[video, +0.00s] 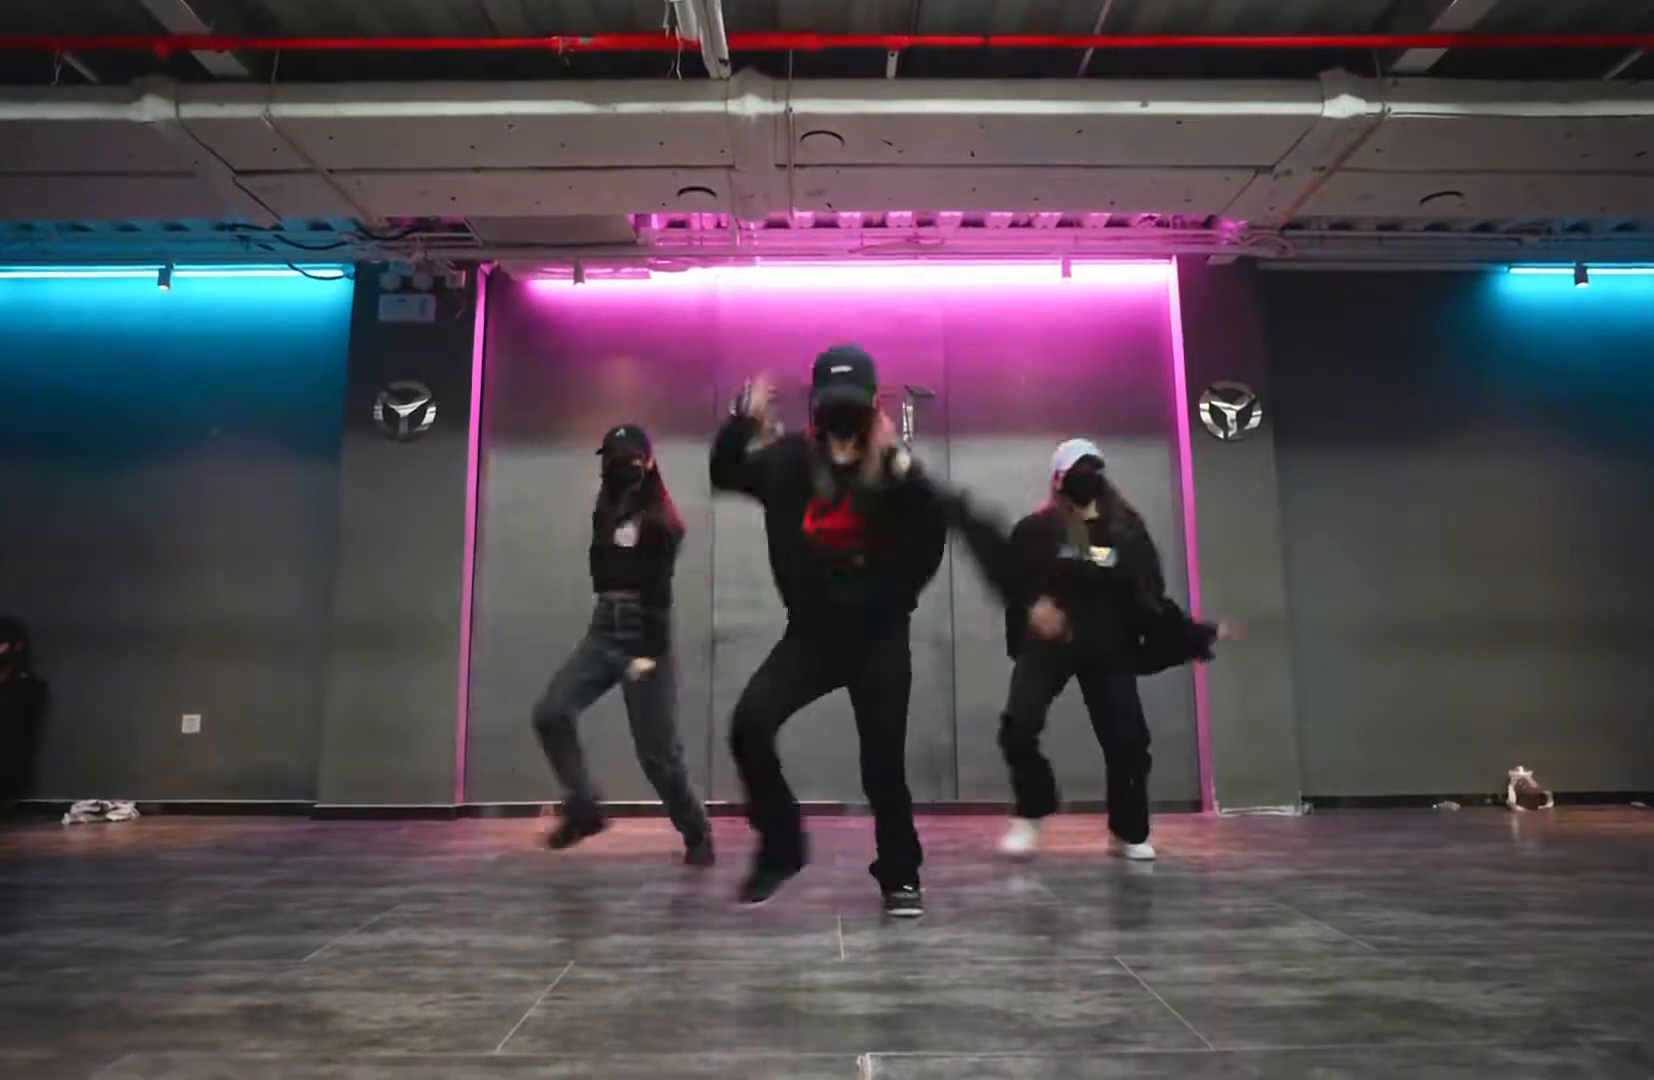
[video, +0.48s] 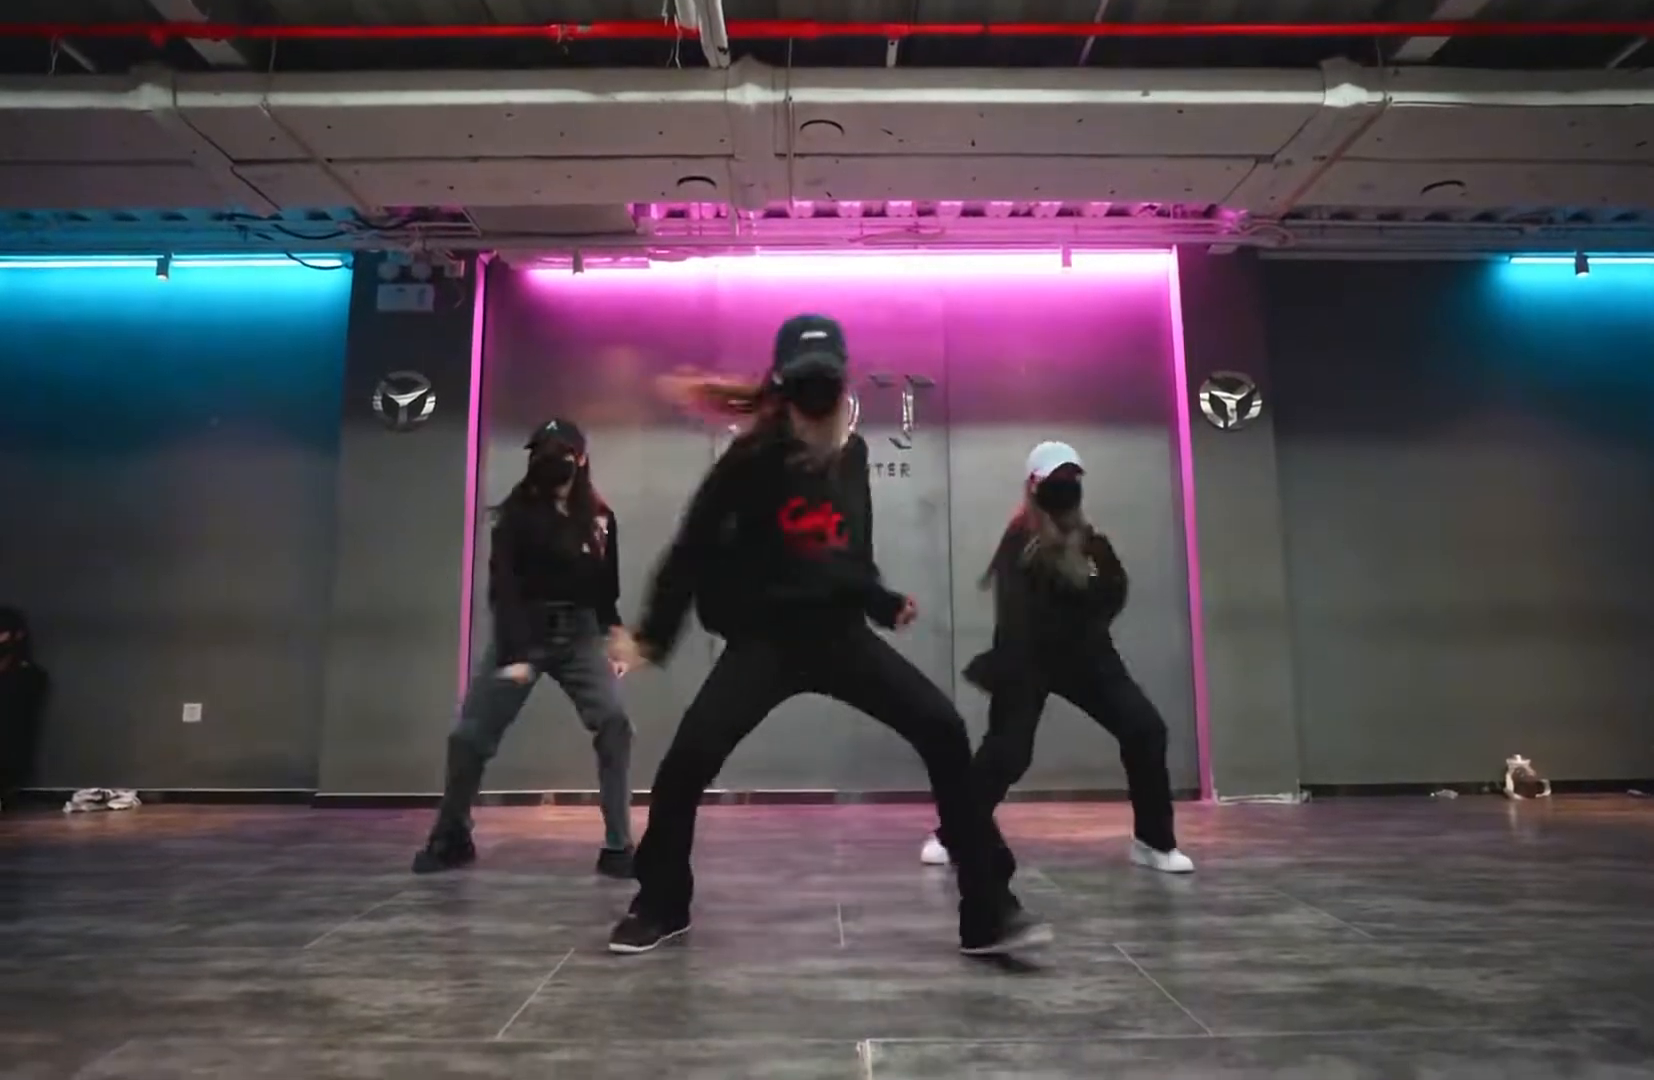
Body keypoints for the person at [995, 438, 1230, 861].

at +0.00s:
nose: (1091, 481)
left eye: (1096, 473)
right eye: (1080, 474)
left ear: (1103, 476)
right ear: (1060, 479)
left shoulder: (1124, 527)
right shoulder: (1035, 530)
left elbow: (1148, 600)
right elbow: (1015, 582)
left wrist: (1196, 632)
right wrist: (1034, 607)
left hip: (1106, 649)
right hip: (1047, 648)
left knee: (1128, 741)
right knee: (1017, 729)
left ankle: (1130, 834)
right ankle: (1031, 813)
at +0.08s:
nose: (1069, 514)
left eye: (1075, 503)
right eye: (1059, 504)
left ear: (1086, 495)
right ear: (1042, 496)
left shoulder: (1112, 537)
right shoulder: (1024, 539)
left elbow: (1145, 603)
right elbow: (1009, 602)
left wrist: (1159, 670)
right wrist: (1007, 653)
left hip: (1099, 652)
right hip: (1040, 650)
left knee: (1125, 745)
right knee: (1007, 731)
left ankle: (1128, 832)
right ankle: (977, 828)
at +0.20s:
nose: (1050, 498)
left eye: (1057, 489)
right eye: (1041, 490)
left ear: (1067, 496)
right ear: (1022, 496)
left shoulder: (1087, 548)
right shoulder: (998, 549)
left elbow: (1117, 602)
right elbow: (974, 607)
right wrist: (951, 659)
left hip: (1081, 657)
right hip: (1022, 659)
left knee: (1117, 745)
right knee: (992, 743)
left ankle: (1133, 832)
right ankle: (951, 844)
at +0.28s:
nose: (1047, 506)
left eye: (1055, 497)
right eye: (1039, 496)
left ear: (1064, 498)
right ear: (1018, 495)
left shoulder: (1076, 543)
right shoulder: (986, 550)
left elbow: (1114, 602)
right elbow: (942, 606)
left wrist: (1075, 593)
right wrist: (900, 661)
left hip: (1073, 660)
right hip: (1012, 664)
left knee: (1134, 740)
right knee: (982, 750)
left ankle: (1138, 823)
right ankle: (951, 845)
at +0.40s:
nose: (1061, 493)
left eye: (1067, 484)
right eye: (1051, 485)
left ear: (1074, 489)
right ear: (1028, 492)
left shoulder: (1077, 541)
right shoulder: (1004, 551)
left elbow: (1090, 604)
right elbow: (958, 614)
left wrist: (1117, 631)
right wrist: (909, 660)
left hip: (1070, 658)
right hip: (1012, 667)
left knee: (1143, 720)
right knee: (997, 754)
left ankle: (1150, 831)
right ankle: (950, 842)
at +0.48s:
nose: (1069, 487)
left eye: (1074, 478)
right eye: (1057, 479)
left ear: (1082, 483)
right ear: (1035, 485)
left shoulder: (1085, 538)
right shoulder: (1022, 540)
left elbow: (1112, 594)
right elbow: (1023, 617)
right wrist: (1097, 594)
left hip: (1085, 661)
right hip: (1026, 664)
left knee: (1145, 730)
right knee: (1007, 755)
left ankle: (1153, 839)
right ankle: (950, 835)